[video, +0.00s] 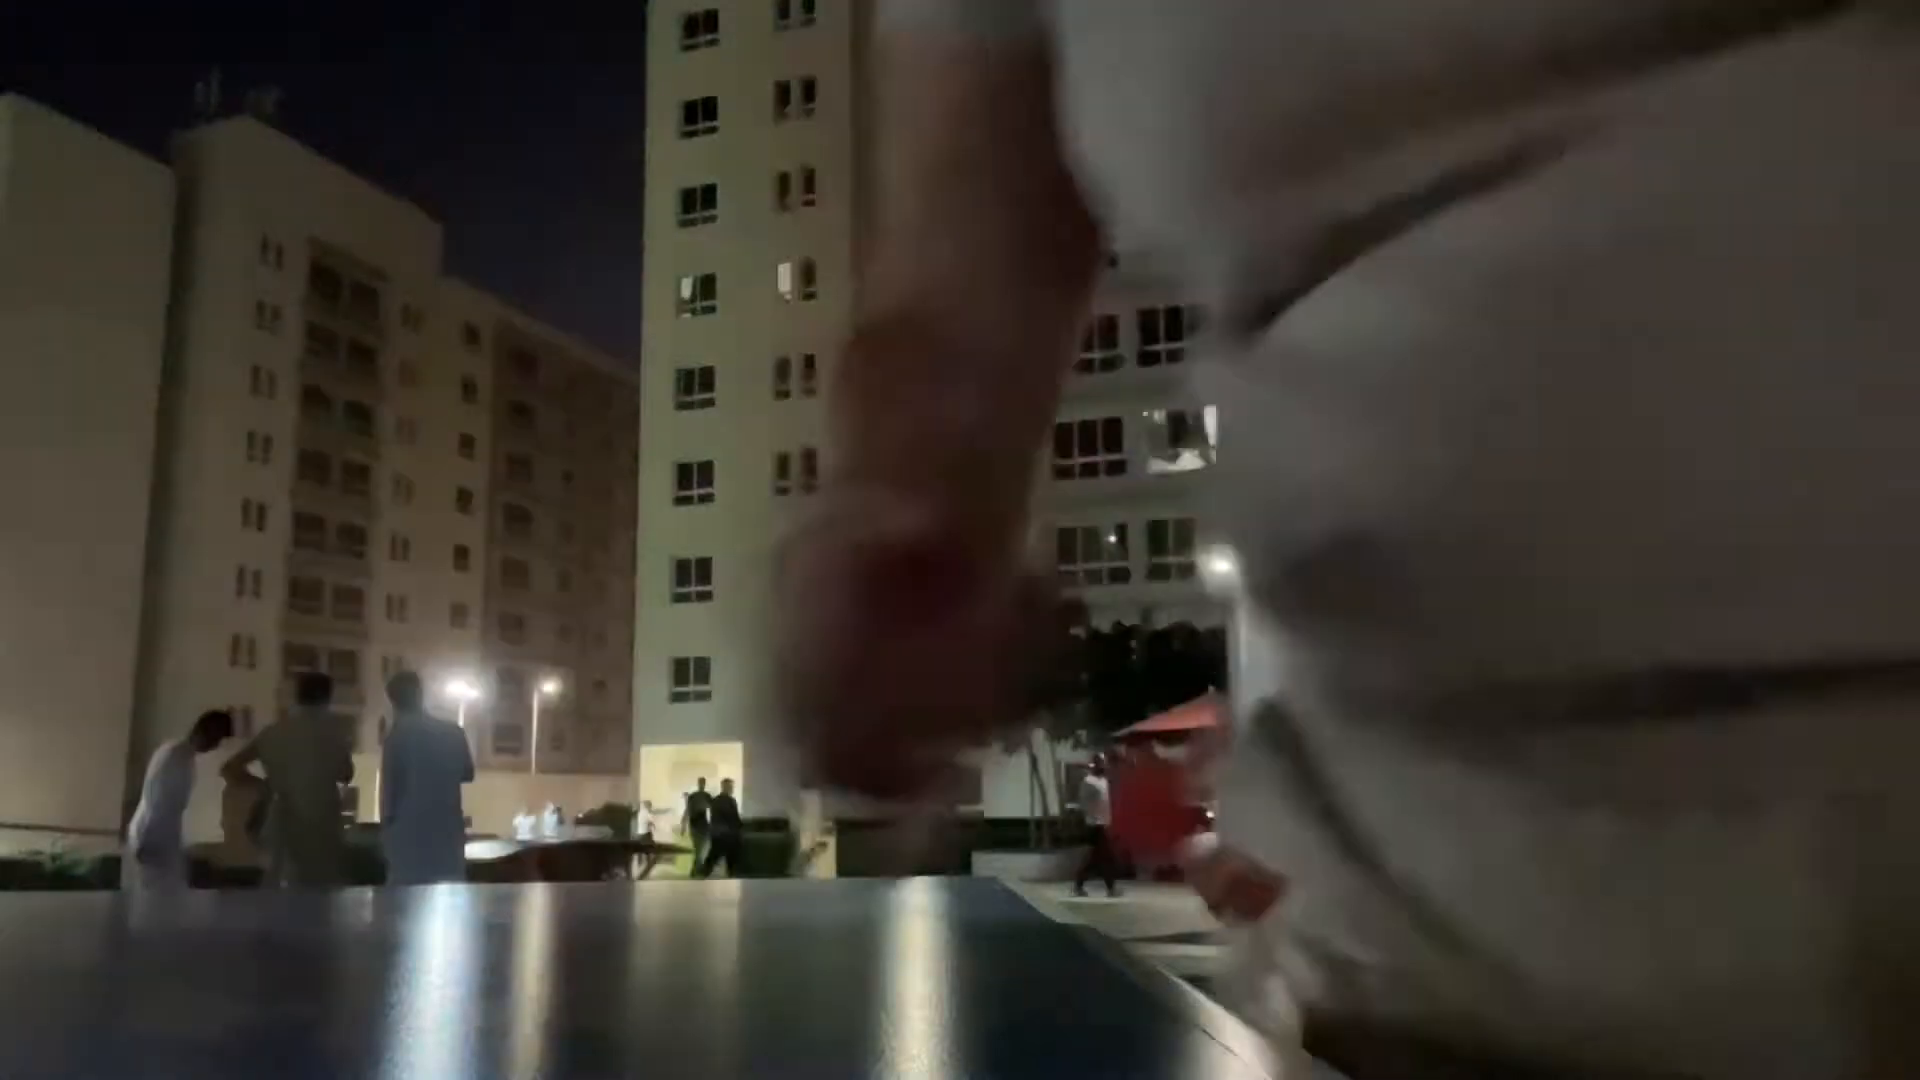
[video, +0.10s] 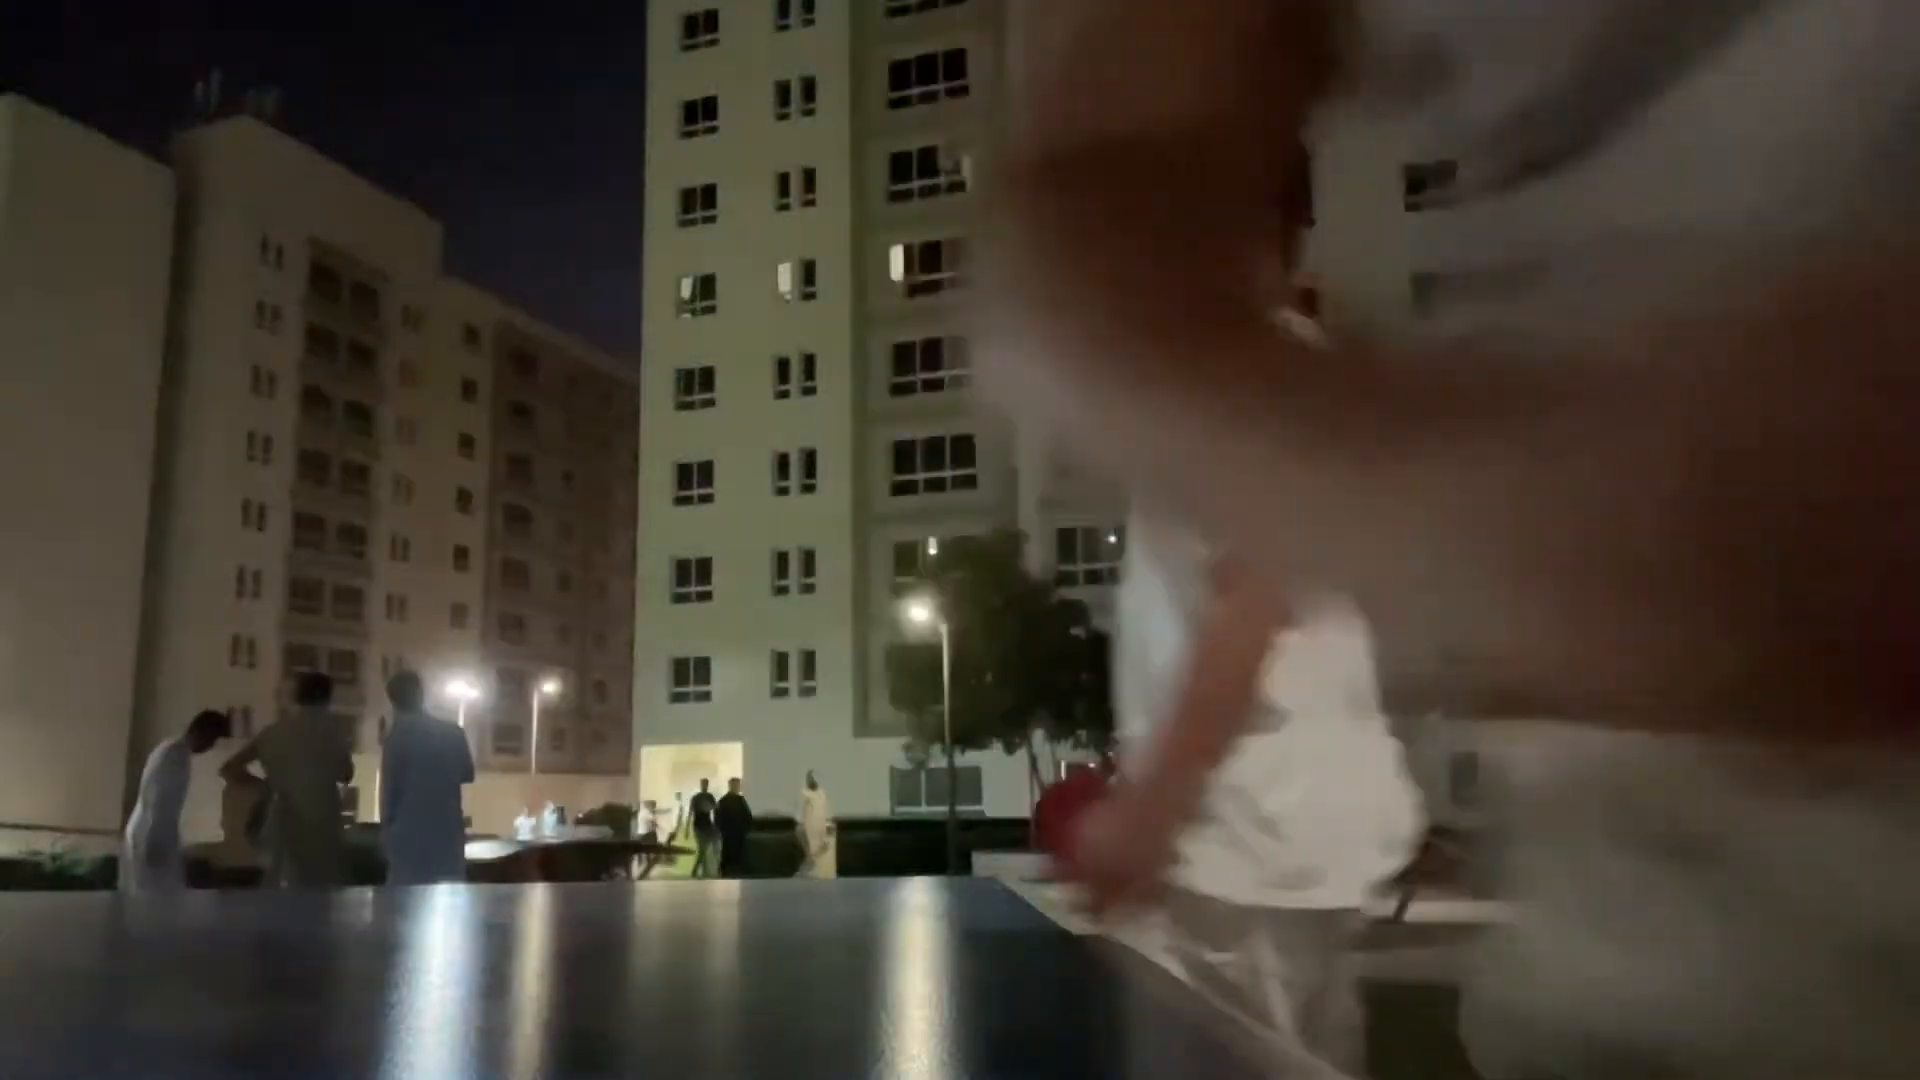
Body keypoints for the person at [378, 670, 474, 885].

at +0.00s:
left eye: (395, 696)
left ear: (393, 698)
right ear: (420, 694)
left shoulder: (396, 738)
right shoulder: (452, 732)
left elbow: (390, 788)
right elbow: (467, 773)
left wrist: (387, 821)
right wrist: (433, 770)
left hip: (407, 831)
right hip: (446, 830)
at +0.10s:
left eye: (396, 696)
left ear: (393, 699)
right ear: (420, 694)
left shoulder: (396, 738)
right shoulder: (452, 732)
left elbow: (390, 789)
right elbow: (466, 773)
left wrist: (386, 825)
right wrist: (434, 772)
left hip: (408, 830)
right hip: (446, 829)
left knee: (406, 895)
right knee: (447, 893)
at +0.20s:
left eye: (395, 697)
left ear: (394, 699)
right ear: (421, 694)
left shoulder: (396, 737)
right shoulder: (452, 732)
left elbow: (390, 788)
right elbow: (466, 772)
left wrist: (387, 827)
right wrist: (434, 771)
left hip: (408, 828)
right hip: (446, 827)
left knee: (406, 892)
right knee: (447, 890)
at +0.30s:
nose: (394, 702)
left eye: (394, 697)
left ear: (394, 699)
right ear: (421, 694)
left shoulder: (397, 737)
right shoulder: (452, 732)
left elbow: (390, 788)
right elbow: (467, 772)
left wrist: (386, 826)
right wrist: (435, 772)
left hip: (408, 828)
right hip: (447, 826)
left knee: (406, 892)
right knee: (447, 890)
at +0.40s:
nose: (393, 703)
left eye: (394, 698)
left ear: (394, 699)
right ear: (421, 694)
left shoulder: (396, 737)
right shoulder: (452, 731)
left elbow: (390, 787)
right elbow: (467, 772)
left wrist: (386, 825)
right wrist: (435, 772)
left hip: (409, 826)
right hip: (447, 824)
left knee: (406, 890)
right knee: (447, 887)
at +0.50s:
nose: (396, 701)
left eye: (396, 696)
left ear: (396, 699)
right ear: (421, 694)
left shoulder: (396, 738)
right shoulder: (452, 732)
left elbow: (390, 789)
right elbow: (467, 774)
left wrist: (387, 827)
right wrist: (435, 773)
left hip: (407, 831)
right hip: (447, 830)